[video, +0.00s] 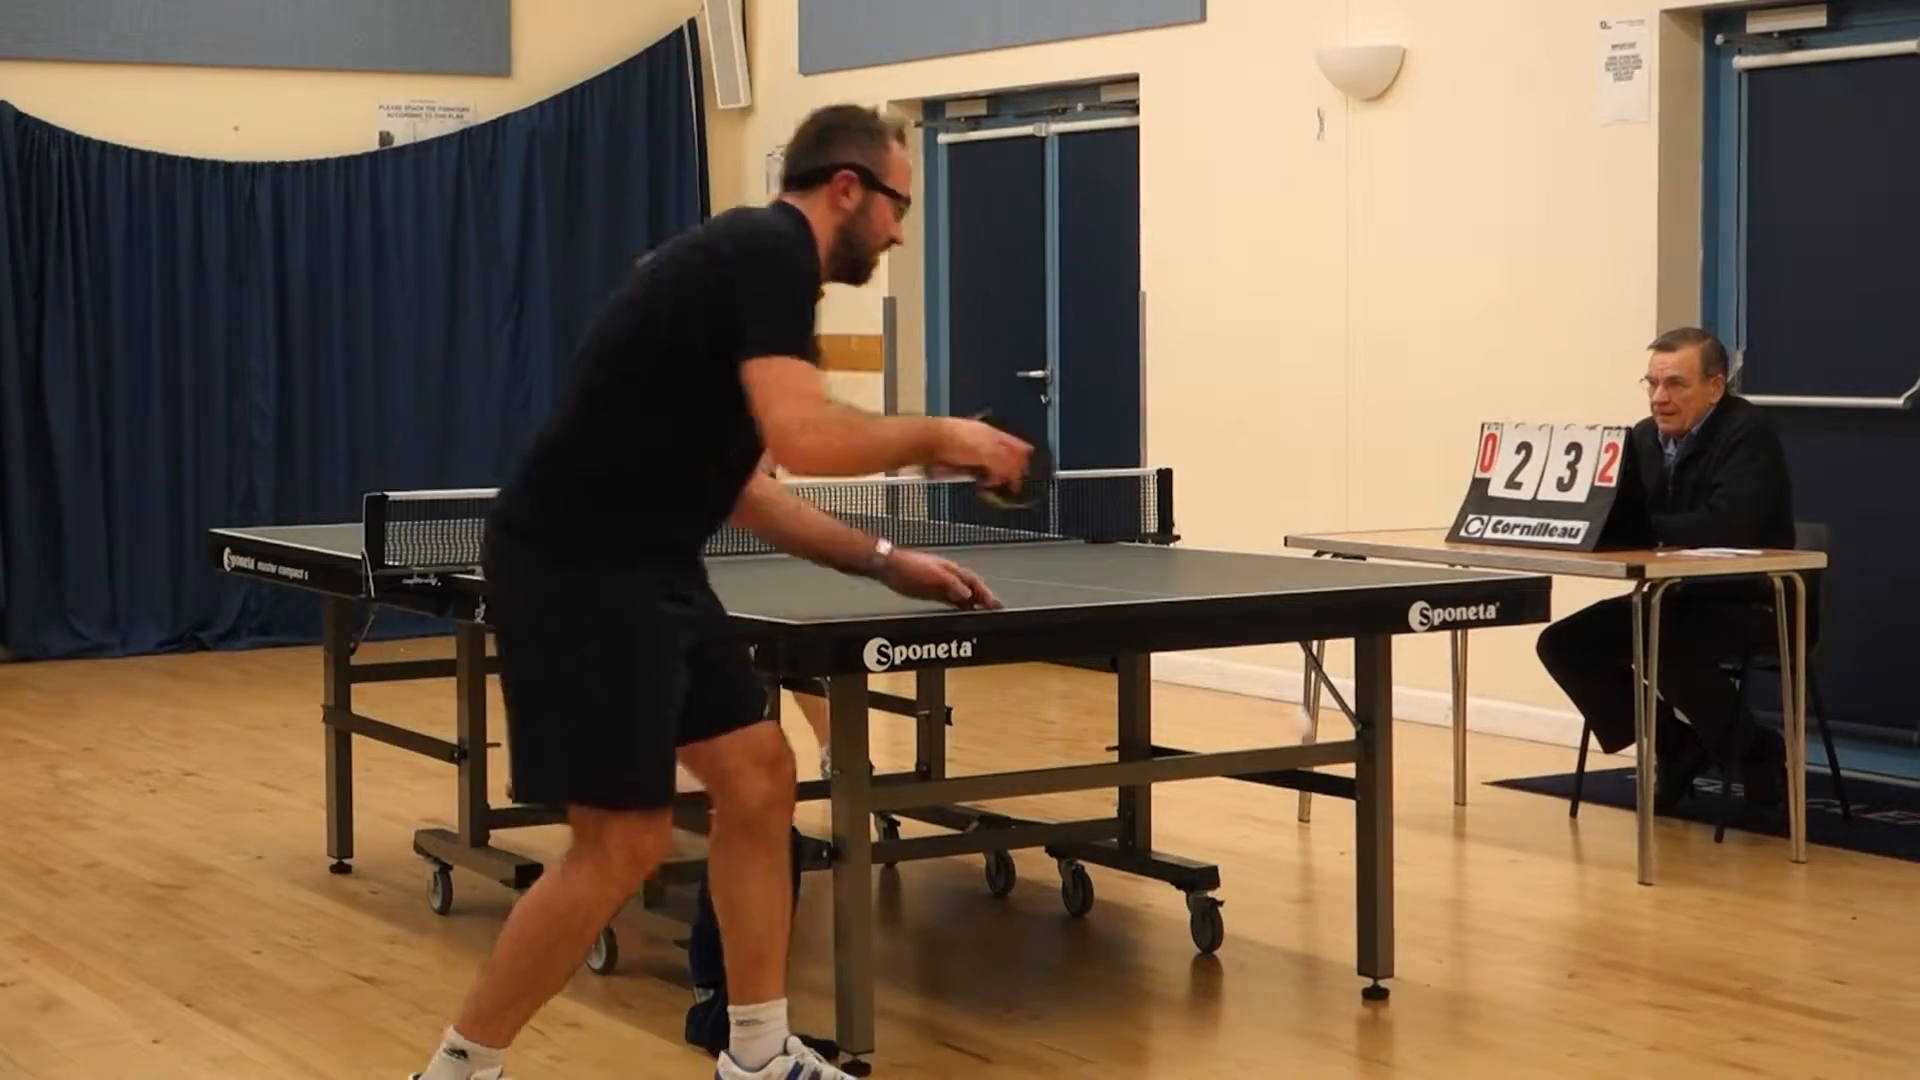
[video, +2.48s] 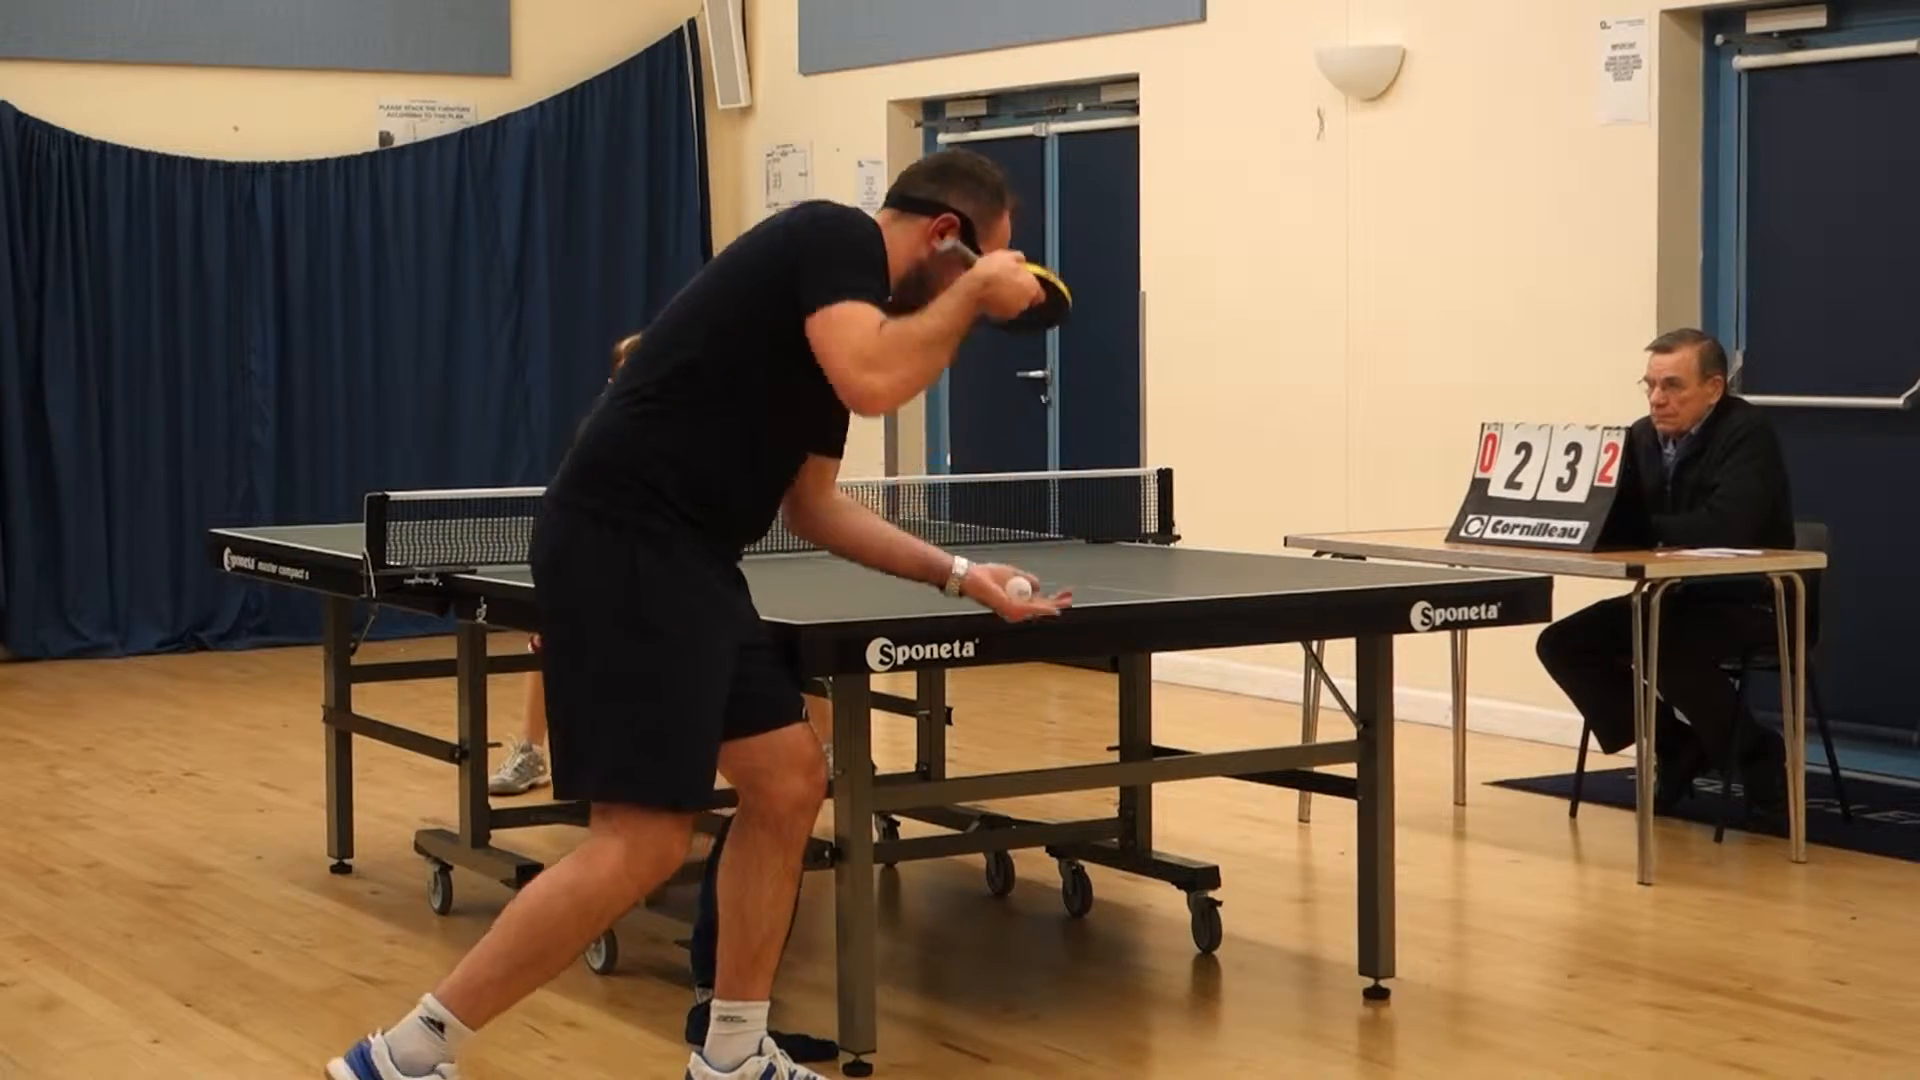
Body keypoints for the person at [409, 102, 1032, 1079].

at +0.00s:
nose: (900, 231)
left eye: (905, 207)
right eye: (898, 202)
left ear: (826, 190)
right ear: (846, 189)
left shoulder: (734, 266)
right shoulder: (768, 245)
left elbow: (744, 491)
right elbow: (798, 432)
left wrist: (888, 561)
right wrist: (940, 435)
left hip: (650, 565)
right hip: (573, 564)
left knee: (758, 773)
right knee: (622, 842)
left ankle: (758, 1052)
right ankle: (455, 1064)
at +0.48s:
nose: (1092, 308)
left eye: (1094, 292)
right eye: (1088, 289)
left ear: (998, 262)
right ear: (1046, 269)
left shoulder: (904, 308)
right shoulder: (1020, 311)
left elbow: (781, 474)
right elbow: (1181, 452)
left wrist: (891, 586)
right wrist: (1311, 472)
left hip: (723, 513)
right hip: (700, 502)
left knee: (764, 767)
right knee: (639, 800)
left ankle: (759, 1047)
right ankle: (436, 1028)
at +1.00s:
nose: (1040, 282)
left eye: (1048, 263)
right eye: (1040, 255)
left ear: (979, 229)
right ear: (985, 226)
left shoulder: (875, 276)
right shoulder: (931, 285)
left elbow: (787, 490)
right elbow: (862, 471)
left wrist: (896, 573)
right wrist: (988, 571)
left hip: (721, 525)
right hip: (669, 514)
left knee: (779, 775)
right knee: (655, 809)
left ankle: (759, 1054)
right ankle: (472, 1058)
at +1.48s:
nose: (884, 228)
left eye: (890, 207)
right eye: (883, 201)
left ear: (816, 181)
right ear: (827, 179)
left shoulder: (737, 252)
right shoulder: (744, 257)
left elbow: (726, 468)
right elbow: (719, 470)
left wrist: (886, 451)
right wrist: (867, 443)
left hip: (623, 562)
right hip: (557, 562)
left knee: (754, 765)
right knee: (616, 849)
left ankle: (725, 1047)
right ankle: (461, 1071)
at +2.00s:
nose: (979, 317)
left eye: (988, 297)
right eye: (983, 291)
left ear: (921, 259)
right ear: (943, 265)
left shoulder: (838, 310)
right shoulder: (847, 310)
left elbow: (831, 523)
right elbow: (815, 516)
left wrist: (961, 480)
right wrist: (932, 426)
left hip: (675, 565)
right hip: (618, 562)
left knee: (791, 783)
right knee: (693, 854)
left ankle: (733, 1052)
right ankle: (476, 1059)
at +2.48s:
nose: (971, 292)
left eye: (982, 273)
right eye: (979, 267)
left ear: (927, 222)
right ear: (948, 231)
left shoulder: (839, 326)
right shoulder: (829, 236)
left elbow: (813, 503)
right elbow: (872, 379)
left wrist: (962, 573)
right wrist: (976, 290)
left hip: (690, 552)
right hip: (617, 538)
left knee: (789, 777)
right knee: (644, 840)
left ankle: (732, 1050)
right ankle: (403, 1053)